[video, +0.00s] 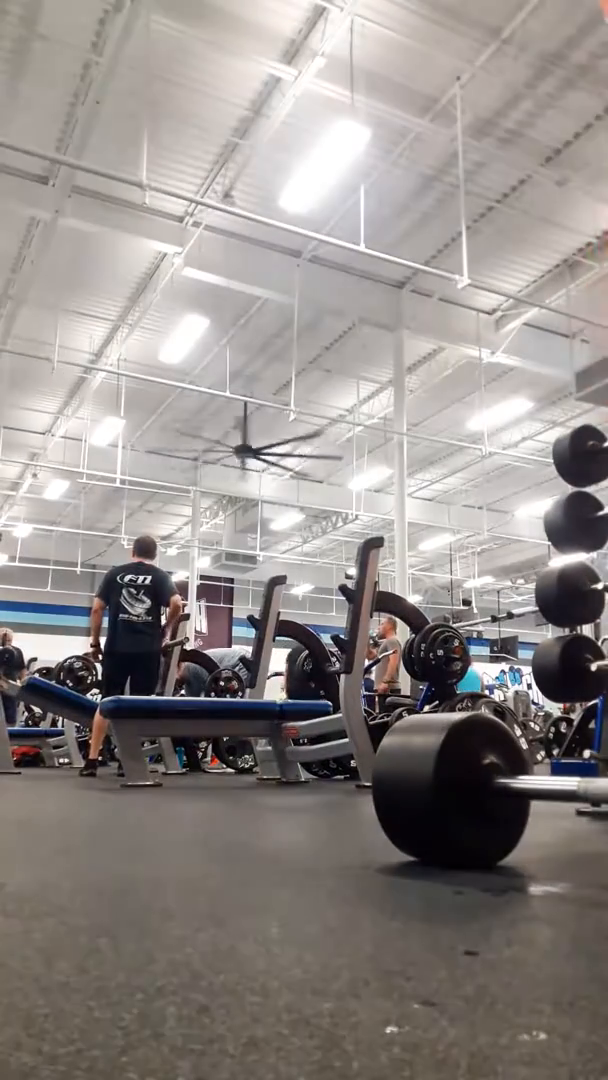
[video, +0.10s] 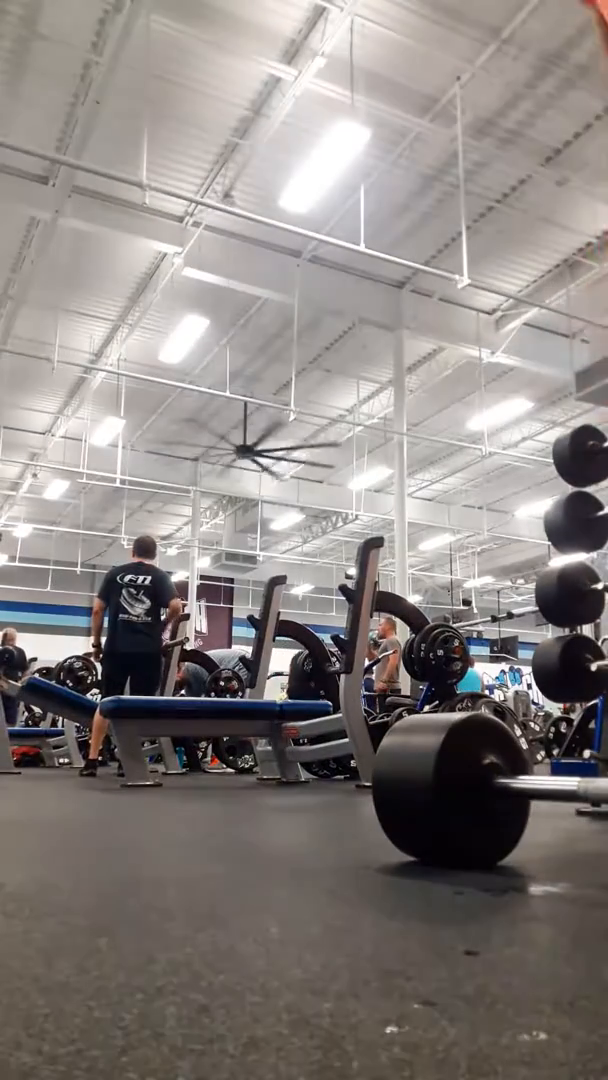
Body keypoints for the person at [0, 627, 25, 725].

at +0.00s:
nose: (8, 643)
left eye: (9, 640)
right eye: (6, 640)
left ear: (12, 640)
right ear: (2, 640)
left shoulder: (17, 652)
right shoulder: (1, 652)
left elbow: (22, 669)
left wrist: (23, 683)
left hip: (13, 684)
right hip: (2, 682)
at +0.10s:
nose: (11, 642)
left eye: (13, 639)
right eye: (9, 639)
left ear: (16, 639)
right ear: (4, 639)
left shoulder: (20, 652)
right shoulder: (2, 651)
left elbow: (25, 669)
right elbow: (2, 668)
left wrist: (22, 680)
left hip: (15, 682)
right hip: (3, 681)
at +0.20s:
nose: (14, 642)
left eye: (17, 639)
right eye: (12, 639)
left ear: (20, 639)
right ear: (7, 639)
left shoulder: (23, 653)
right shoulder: (2, 651)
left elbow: (28, 670)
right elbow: (1, 669)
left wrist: (24, 680)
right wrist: (3, 681)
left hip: (17, 684)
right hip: (3, 682)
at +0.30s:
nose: (20, 641)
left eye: (22, 638)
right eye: (17, 638)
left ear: (24, 638)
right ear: (10, 638)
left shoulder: (26, 653)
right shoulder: (4, 651)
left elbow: (31, 670)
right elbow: (2, 668)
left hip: (20, 687)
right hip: (5, 685)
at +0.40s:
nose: (23, 640)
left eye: (25, 638)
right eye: (20, 637)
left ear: (27, 638)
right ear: (13, 637)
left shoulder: (28, 653)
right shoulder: (5, 651)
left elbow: (33, 669)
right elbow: (2, 667)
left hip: (21, 689)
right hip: (5, 688)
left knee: (16, 719)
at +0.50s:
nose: (24, 640)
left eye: (26, 637)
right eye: (21, 637)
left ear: (28, 637)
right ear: (14, 636)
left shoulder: (31, 654)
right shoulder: (5, 651)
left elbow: (37, 667)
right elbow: (1, 668)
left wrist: (29, 676)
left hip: (23, 689)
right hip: (5, 687)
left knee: (18, 718)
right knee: (3, 714)